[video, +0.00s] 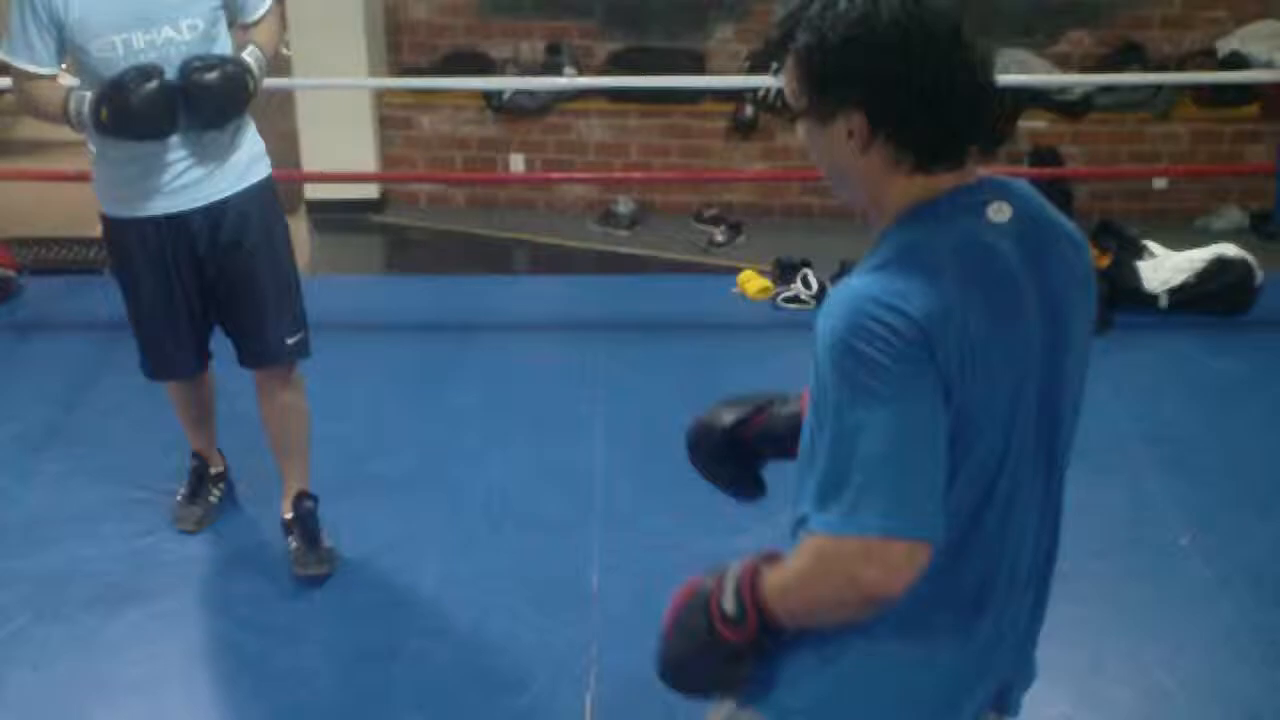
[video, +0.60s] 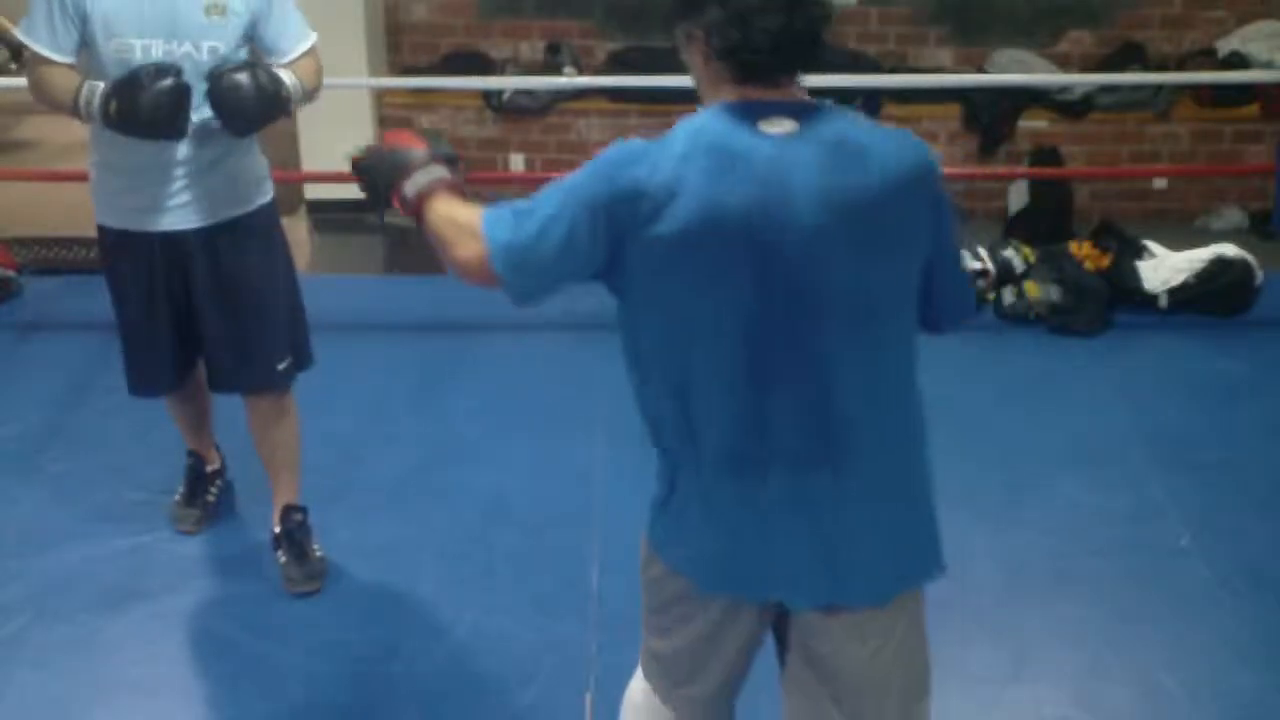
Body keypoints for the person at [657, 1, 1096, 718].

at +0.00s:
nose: (804, 141)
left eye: (804, 117)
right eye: (798, 116)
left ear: (857, 127)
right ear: (949, 96)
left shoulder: (877, 312)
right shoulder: (1047, 236)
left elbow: (874, 559)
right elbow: (982, 414)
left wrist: (739, 605)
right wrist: (799, 423)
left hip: (862, 694)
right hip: (988, 669)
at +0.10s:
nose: (809, 136)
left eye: (807, 107)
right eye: (801, 107)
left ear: (857, 113)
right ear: (950, 85)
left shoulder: (874, 289)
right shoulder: (1052, 233)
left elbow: (852, 533)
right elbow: (978, 396)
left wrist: (719, 565)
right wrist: (798, 400)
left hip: (837, 683)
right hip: (978, 666)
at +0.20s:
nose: (812, 112)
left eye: (812, 86)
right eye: (809, 88)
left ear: (852, 92)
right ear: (955, 74)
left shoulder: (842, 257)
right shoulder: (1055, 229)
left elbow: (791, 485)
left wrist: (669, 489)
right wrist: (793, 376)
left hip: (819, 654)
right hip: (975, 650)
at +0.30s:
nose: (802, 93)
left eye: (803, 71)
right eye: (799, 72)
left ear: (835, 81)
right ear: (952, 70)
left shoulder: (804, 231)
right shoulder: (1040, 220)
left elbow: (715, 433)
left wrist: (608, 413)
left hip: (798, 628)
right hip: (960, 630)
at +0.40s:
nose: (775, 83)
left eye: (777, 60)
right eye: (775, 60)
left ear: (805, 70)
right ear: (914, 65)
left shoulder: (759, 214)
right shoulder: (1005, 209)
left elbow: (623, 382)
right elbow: (1012, 366)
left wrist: (533, 334)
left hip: (778, 607)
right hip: (943, 609)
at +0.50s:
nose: (738, 77)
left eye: (740, 59)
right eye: (740, 58)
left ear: (760, 71)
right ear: (870, 67)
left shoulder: (702, 203)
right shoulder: (959, 198)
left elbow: (536, 319)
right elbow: (989, 341)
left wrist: (474, 258)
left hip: (743, 580)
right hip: (908, 584)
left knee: (691, 708)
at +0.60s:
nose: (687, 48)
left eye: (688, 34)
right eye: (692, 33)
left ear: (701, 45)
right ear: (806, 41)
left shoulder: (649, 175)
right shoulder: (901, 166)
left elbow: (483, 255)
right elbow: (945, 307)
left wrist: (421, 180)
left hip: (708, 538)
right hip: (867, 541)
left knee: (671, 700)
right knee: (871, 709)